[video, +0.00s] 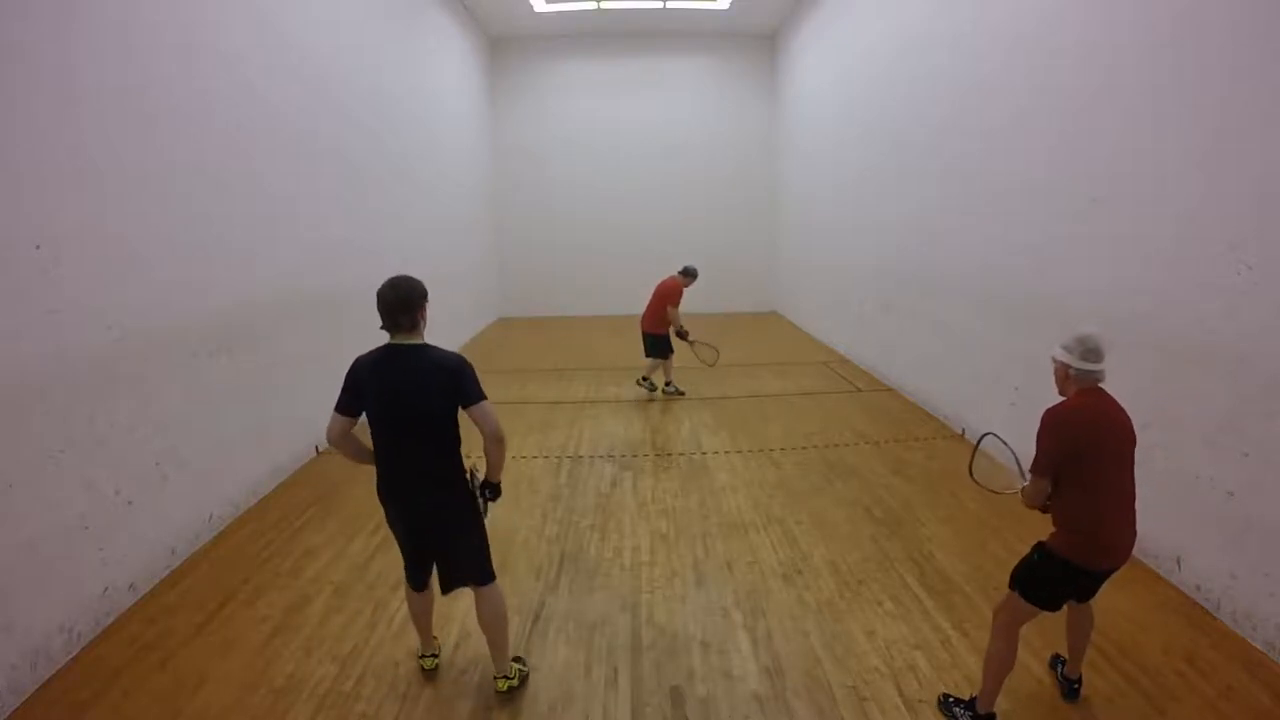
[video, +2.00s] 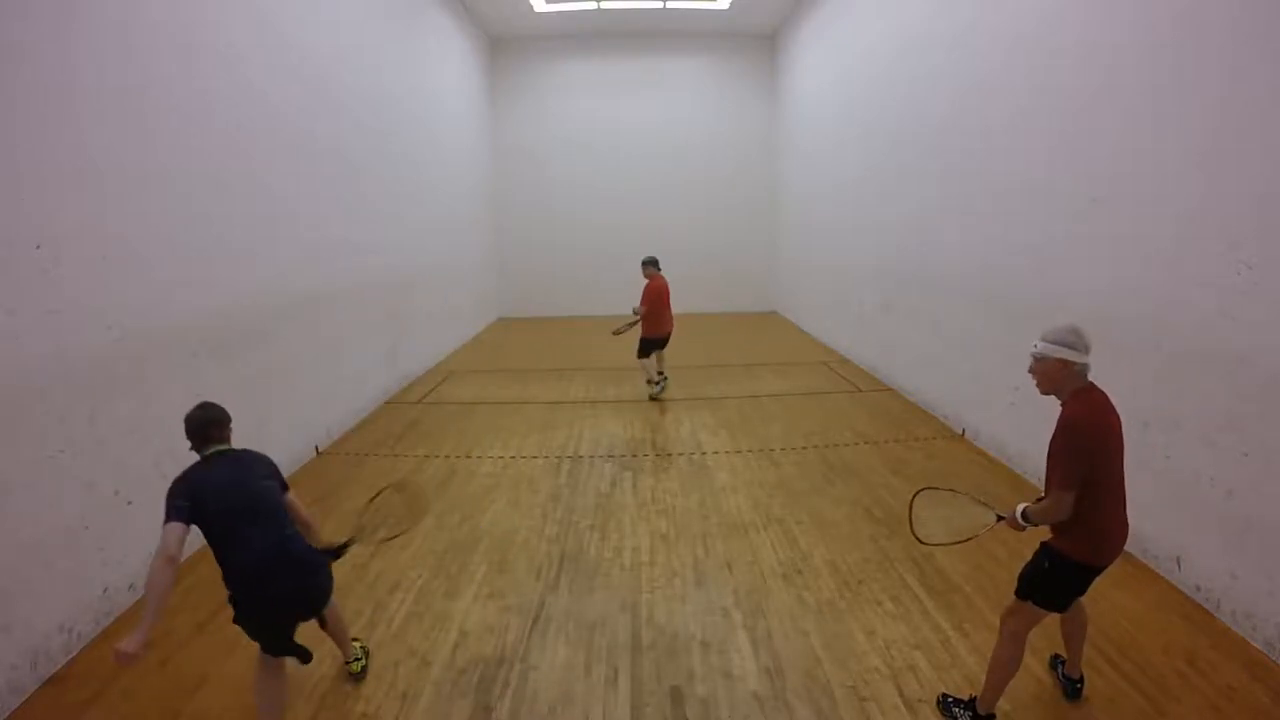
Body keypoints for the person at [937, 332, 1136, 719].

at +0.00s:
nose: (1053, 372)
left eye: (1057, 365)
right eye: (1055, 365)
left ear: (1067, 371)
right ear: (1096, 372)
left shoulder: (1059, 417)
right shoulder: (1117, 414)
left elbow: (1037, 494)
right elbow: (1105, 479)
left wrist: (1030, 495)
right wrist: (1052, 496)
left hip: (1075, 546)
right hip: (1117, 545)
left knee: (1007, 616)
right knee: (1080, 598)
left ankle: (982, 708)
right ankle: (1073, 676)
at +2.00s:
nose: (1031, 369)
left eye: (1039, 361)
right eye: (1033, 360)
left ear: (1066, 367)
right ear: (1071, 368)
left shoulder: (1074, 421)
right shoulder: (1096, 404)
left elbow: (1060, 507)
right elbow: (1088, 481)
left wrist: (1022, 515)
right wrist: (1043, 504)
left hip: (1076, 545)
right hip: (1105, 536)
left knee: (1014, 622)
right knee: (1069, 598)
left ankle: (982, 708)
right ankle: (1073, 675)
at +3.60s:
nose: (1092, 370)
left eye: (1096, 361)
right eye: (1092, 361)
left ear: (1118, 360)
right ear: (1125, 360)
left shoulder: (1121, 411)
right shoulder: (1152, 402)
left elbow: (1090, 484)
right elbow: (1135, 474)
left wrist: (1043, 470)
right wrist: (1088, 495)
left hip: (1110, 537)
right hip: (1137, 536)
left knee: (1048, 616)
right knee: (1089, 602)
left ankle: (1015, 704)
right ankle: (1076, 673)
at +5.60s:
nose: (1066, 380)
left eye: (1067, 374)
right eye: (1068, 374)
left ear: (1072, 379)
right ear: (1110, 381)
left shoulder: (1063, 425)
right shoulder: (1133, 427)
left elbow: (1040, 503)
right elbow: (1158, 508)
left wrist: (1053, 526)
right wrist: (1127, 533)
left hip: (1077, 564)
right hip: (1127, 563)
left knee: (1015, 640)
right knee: (1096, 608)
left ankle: (996, 715)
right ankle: (1092, 687)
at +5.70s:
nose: (1078, 385)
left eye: (1080, 380)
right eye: (1082, 380)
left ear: (1085, 383)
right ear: (1123, 388)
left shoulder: (1070, 425)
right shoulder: (1142, 435)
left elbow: (1038, 496)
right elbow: (1164, 512)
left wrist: (1045, 524)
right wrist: (1156, 560)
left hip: (1075, 566)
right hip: (1127, 567)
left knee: (1013, 640)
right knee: (1106, 605)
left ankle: (996, 714)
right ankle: (1100, 672)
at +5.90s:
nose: (1124, 389)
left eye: (1125, 384)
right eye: (1130, 385)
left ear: (1126, 387)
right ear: (1161, 393)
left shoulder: (1106, 421)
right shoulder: (1175, 441)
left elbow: (1062, 472)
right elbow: (1193, 511)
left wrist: (1034, 502)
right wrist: (1209, 558)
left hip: (1096, 550)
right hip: (1143, 557)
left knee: (1041, 639)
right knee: (1118, 593)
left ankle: (995, 716)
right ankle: (1105, 660)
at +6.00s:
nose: (1140, 385)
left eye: (1142, 380)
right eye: (1146, 381)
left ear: (1144, 381)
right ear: (1177, 388)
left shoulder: (1129, 413)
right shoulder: (1186, 430)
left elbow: (1098, 463)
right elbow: (1192, 485)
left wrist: (1066, 496)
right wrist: (1193, 513)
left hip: (1115, 537)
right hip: (1159, 545)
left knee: (1057, 619)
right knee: (1122, 584)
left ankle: (1001, 705)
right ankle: (1105, 660)